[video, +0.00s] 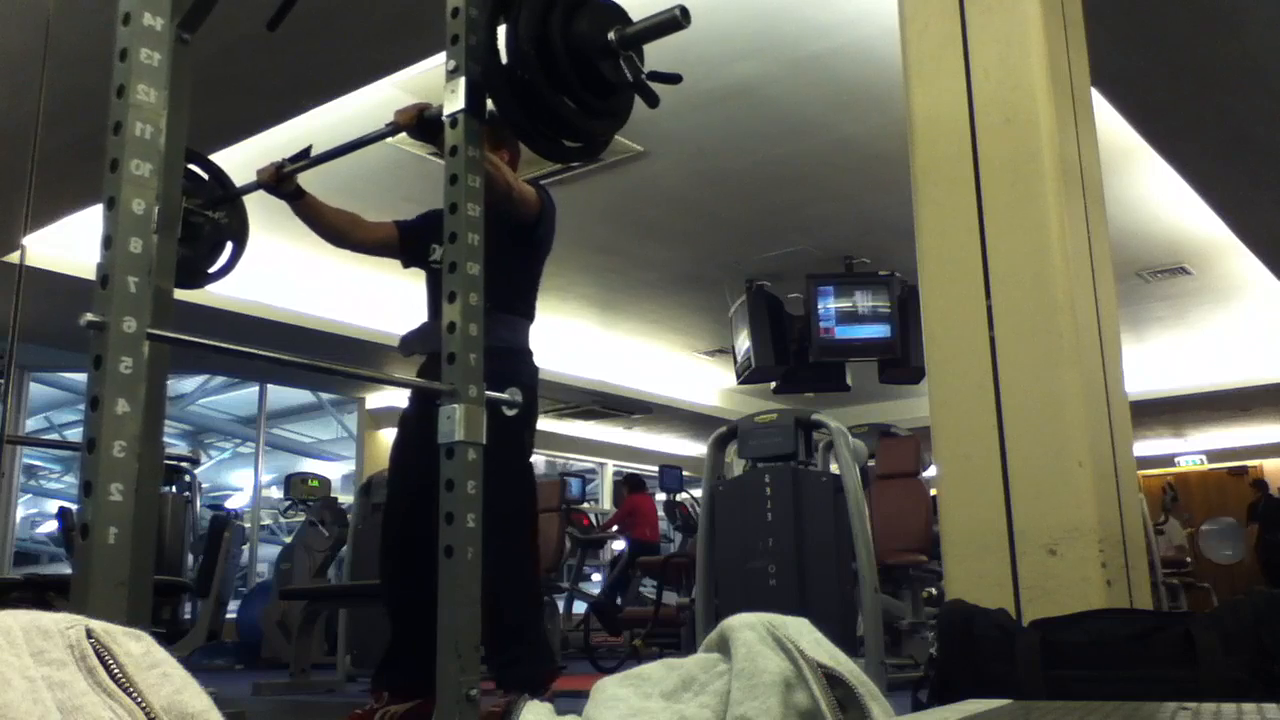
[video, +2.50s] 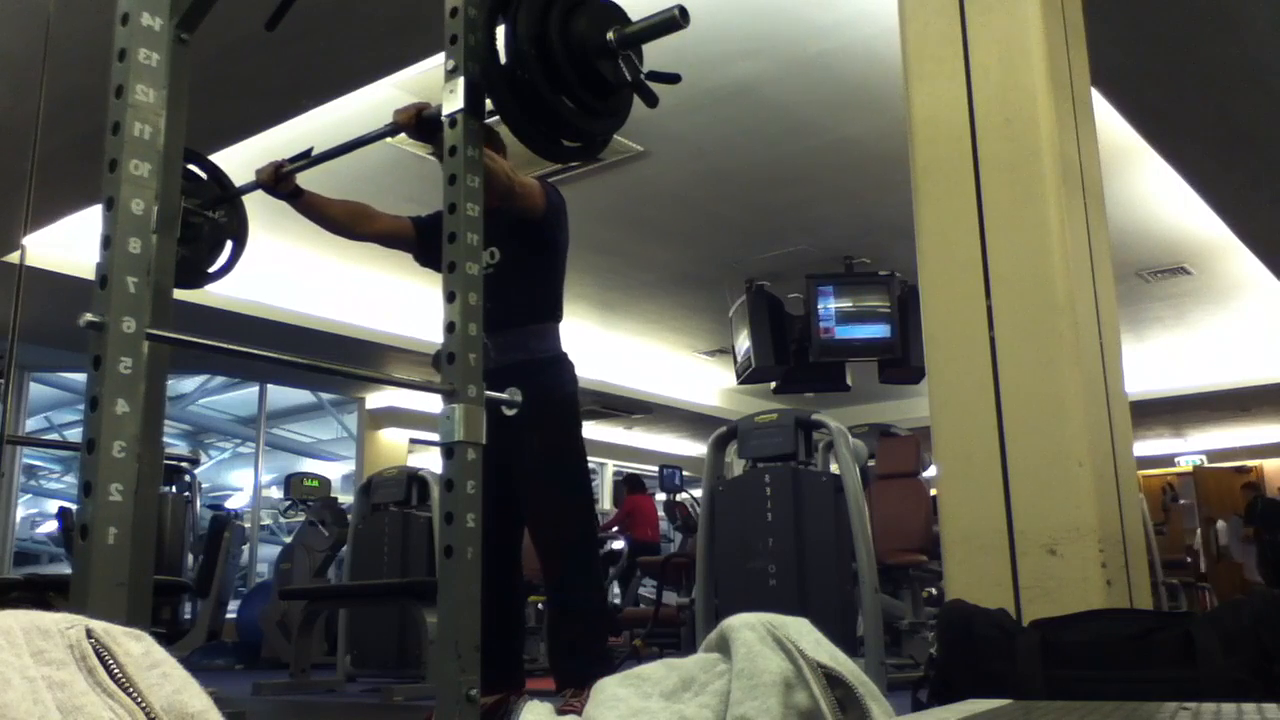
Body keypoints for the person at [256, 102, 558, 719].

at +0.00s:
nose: (470, 164)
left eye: (479, 152)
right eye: (463, 153)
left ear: (508, 155)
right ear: (453, 159)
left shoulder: (534, 209)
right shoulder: (446, 224)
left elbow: (501, 187)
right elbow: (359, 232)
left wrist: (442, 138)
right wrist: (295, 191)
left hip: (500, 384)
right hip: (436, 387)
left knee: (504, 534)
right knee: (407, 532)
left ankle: (524, 684)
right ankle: (408, 684)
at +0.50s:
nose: (477, 154)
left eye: (489, 142)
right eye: (471, 146)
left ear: (523, 153)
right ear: (462, 157)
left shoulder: (552, 199)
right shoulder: (459, 221)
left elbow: (510, 184)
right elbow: (372, 221)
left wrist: (440, 136)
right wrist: (294, 191)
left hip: (547, 385)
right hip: (481, 392)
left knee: (549, 543)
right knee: (463, 541)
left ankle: (544, 689)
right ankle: (480, 683)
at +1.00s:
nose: (471, 150)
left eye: (482, 140)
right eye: (466, 143)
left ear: (509, 146)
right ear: (461, 155)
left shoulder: (534, 202)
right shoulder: (454, 218)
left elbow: (502, 182)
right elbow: (369, 219)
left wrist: (440, 135)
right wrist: (294, 192)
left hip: (542, 388)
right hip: (481, 393)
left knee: (558, 536)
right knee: (489, 542)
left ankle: (575, 682)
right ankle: (498, 683)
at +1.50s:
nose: (468, 158)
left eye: (475, 143)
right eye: (461, 152)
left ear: (503, 140)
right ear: (455, 160)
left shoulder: (552, 197)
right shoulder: (458, 224)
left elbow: (509, 178)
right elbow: (371, 219)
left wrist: (440, 133)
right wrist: (297, 192)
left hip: (560, 391)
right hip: (492, 399)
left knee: (584, 546)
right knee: (494, 551)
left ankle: (579, 689)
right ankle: (500, 689)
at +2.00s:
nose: (469, 164)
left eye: (478, 152)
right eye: (462, 156)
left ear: (508, 152)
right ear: (457, 163)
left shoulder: (539, 209)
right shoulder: (455, 226)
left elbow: (503, 181)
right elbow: (366, 222)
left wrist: (440, 134)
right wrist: (294, 193)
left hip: (539, 389)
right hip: (477, 395)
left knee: (561, 538)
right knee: (486, 547)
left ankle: (578, 685)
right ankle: (498, 686)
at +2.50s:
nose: (468, 173)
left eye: (475, 160)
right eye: (459, 166)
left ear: (498, 154)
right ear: (451, 172)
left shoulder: (542, 206)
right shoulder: (455, 226)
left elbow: (503, 182)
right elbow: (368, 222)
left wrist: (440, 133)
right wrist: (295, 193)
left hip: (539, 385)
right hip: (476, 393)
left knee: (562, 535)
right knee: (486, 544)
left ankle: (579, 683)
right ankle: (497, 686)